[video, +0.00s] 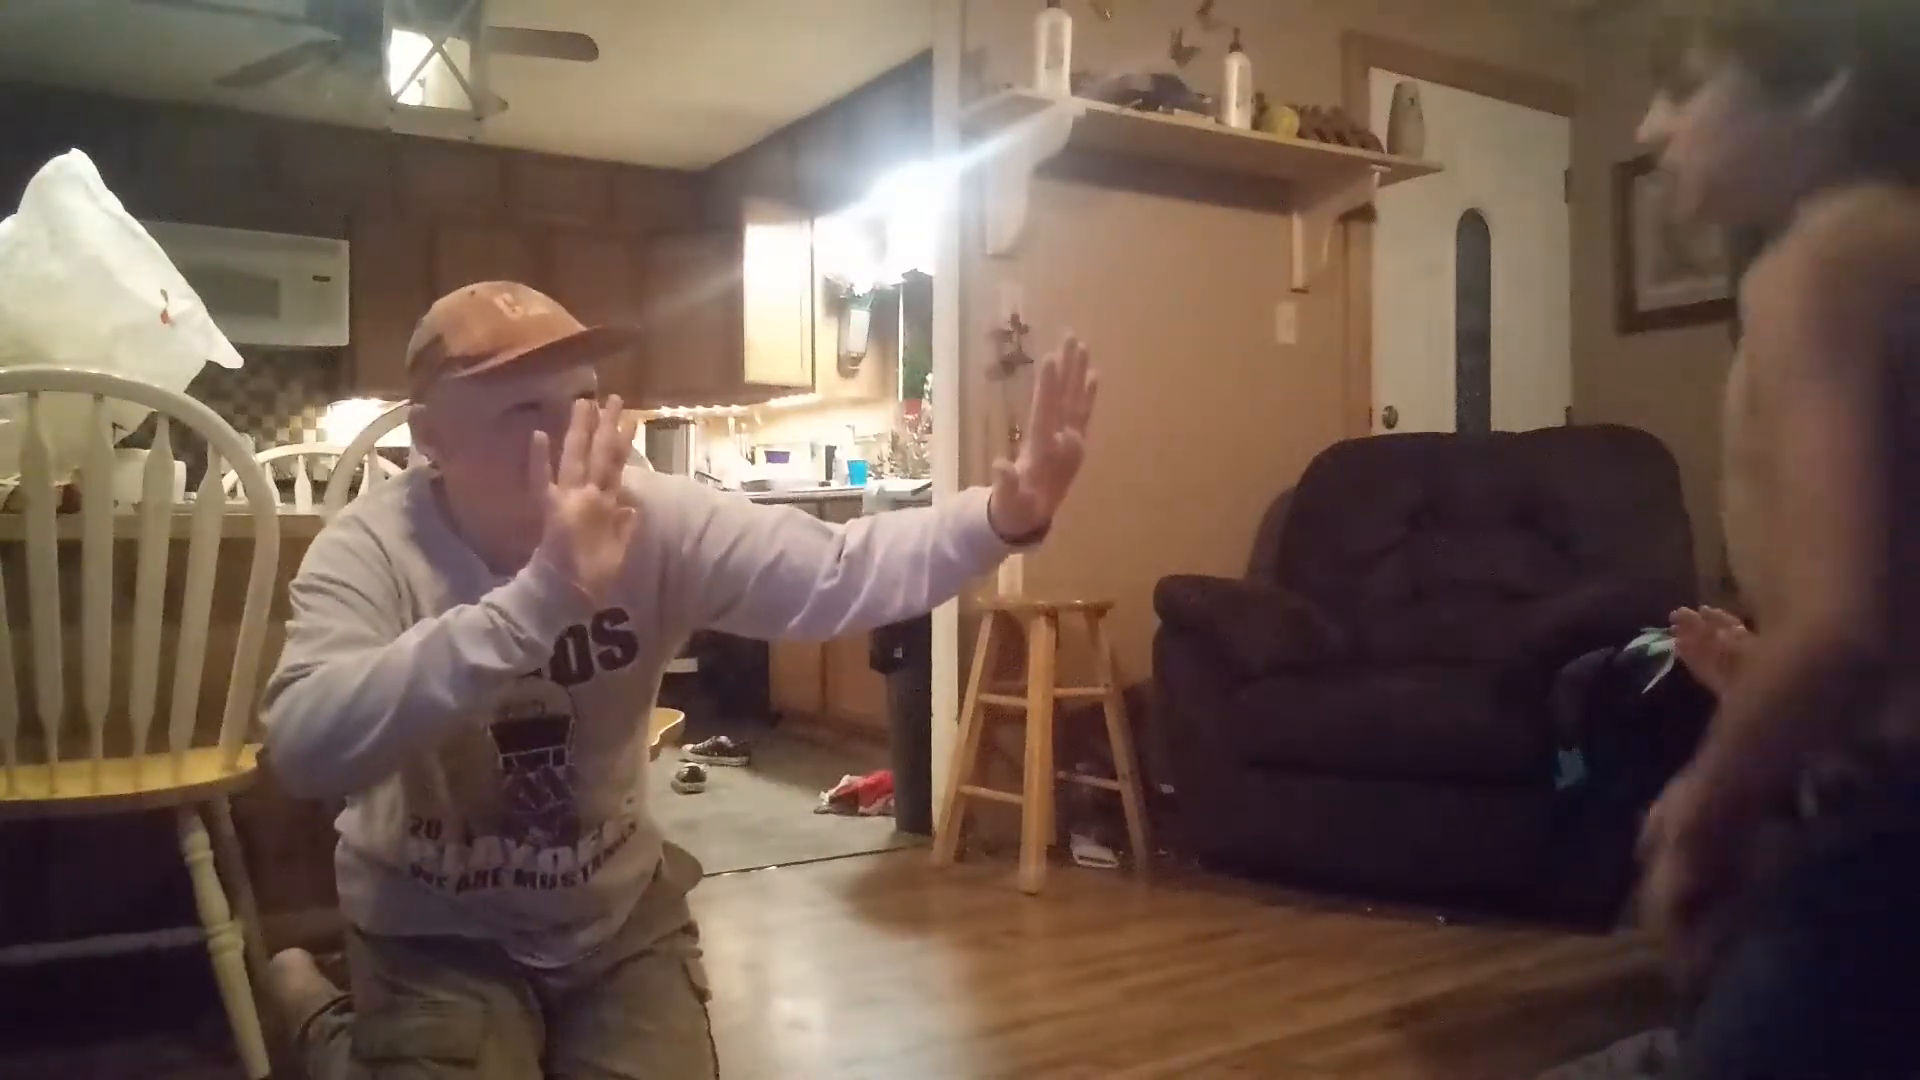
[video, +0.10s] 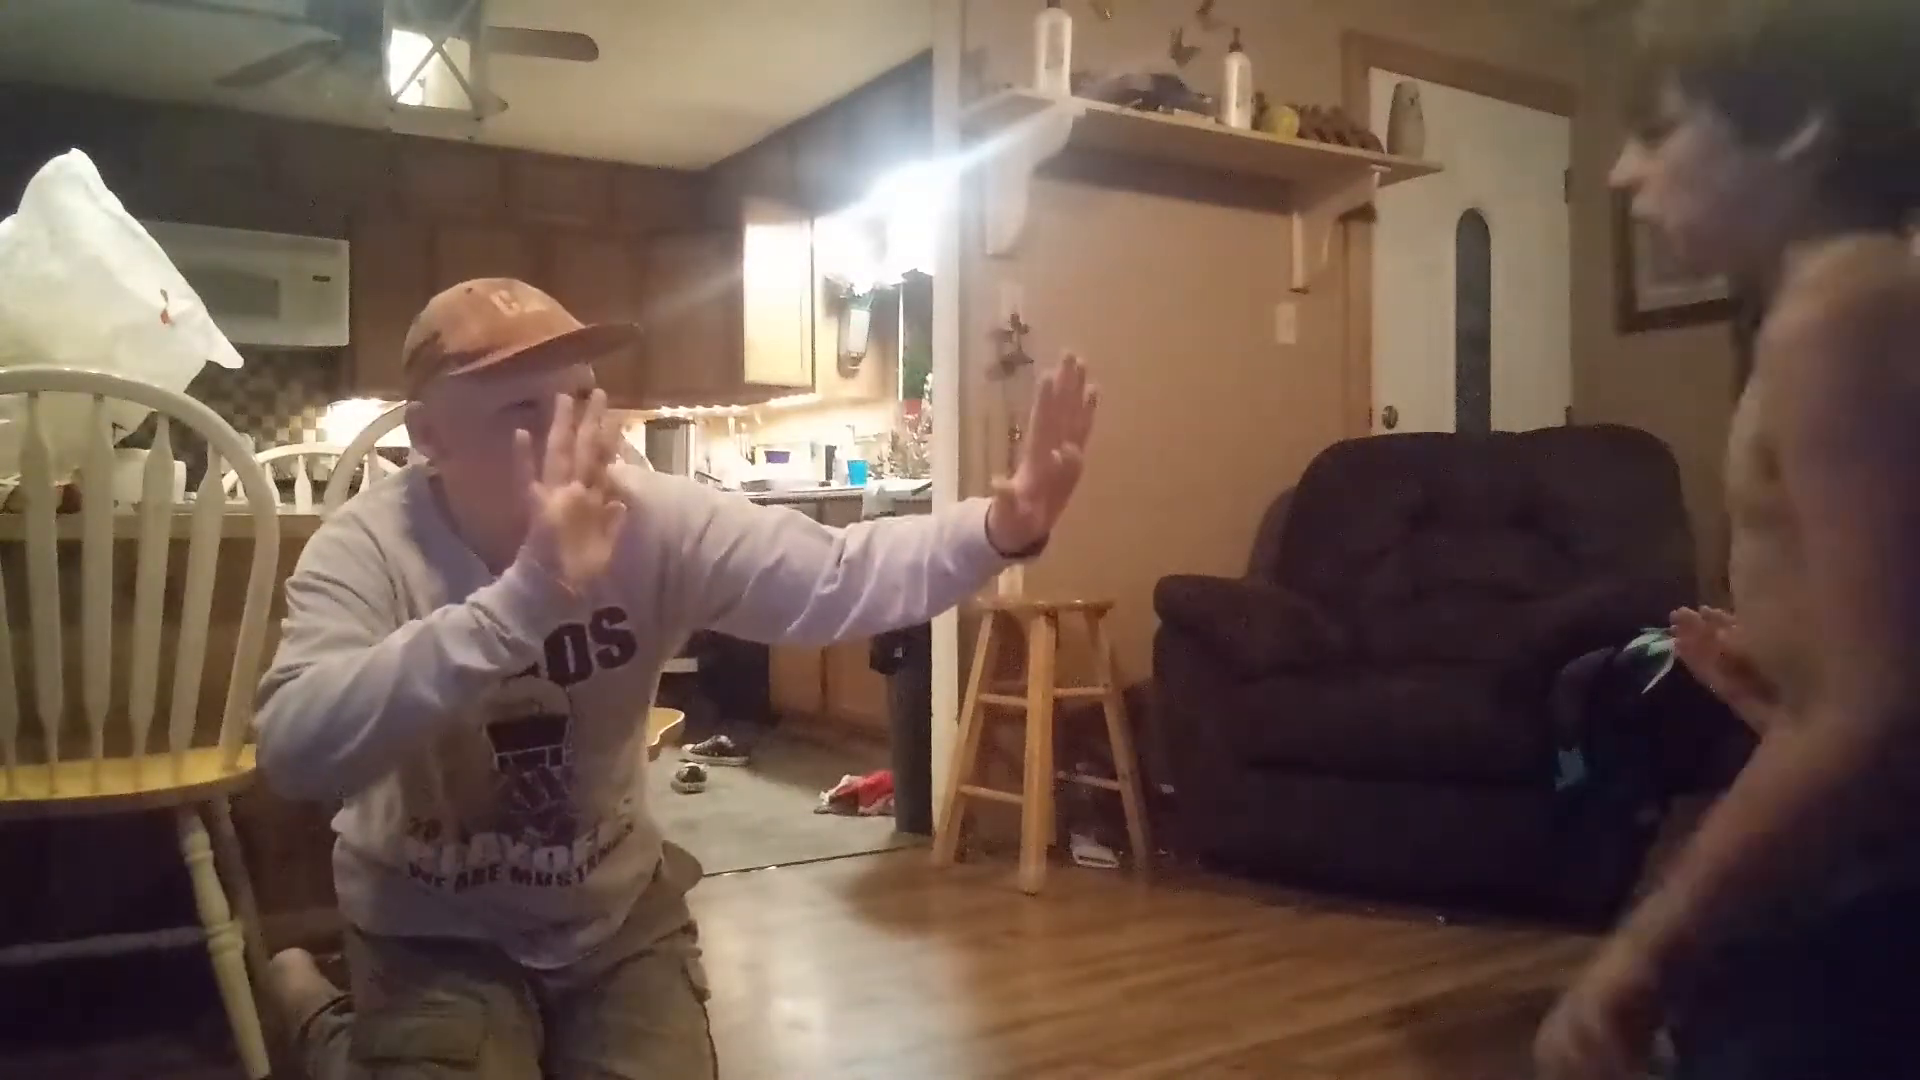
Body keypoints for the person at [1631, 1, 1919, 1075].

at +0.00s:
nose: (1648, 130)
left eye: (1691, 84)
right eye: (1666, 88)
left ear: (1824, 91)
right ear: (1821, 94)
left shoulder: (1829, 258)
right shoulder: (1862, 246)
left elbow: (1839, 623)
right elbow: (1864, 622)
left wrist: (1696, 813)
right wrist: (1768, 678)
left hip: (1865, 841)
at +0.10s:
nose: (1624, 172)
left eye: (1662, 126)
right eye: (1636, 132)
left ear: (1802, 134)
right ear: (1791, 142)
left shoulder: (1848, 301)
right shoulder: (1826, 299)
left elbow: (1868, 708)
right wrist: (1779, 692)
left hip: (1849, 949)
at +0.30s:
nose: (1585, 169)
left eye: (1616, 111)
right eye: (1593, 121)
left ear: (1757, 95)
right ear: (1757, 98)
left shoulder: (1830, 282)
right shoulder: (1807, 273)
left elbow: (1902, 683)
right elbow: (1824, 650)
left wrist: (1744, 1011)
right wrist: (1710, 828)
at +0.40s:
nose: (1566, 170)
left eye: (1588, 105)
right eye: (1568, 121)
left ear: (1728, 80)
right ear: (1729, 88)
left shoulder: (1816, 243)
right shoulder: (1785, 247)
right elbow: (1863, 575)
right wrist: (1749, 730)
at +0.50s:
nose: (1556, 162)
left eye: (1580, 108)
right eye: (1560, 119)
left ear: (1717, 76)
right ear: (1713, 82)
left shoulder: (1803, 211)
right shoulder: (1778, 229)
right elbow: (1893, 530)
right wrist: (1777, 656)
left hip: (1878, 869)